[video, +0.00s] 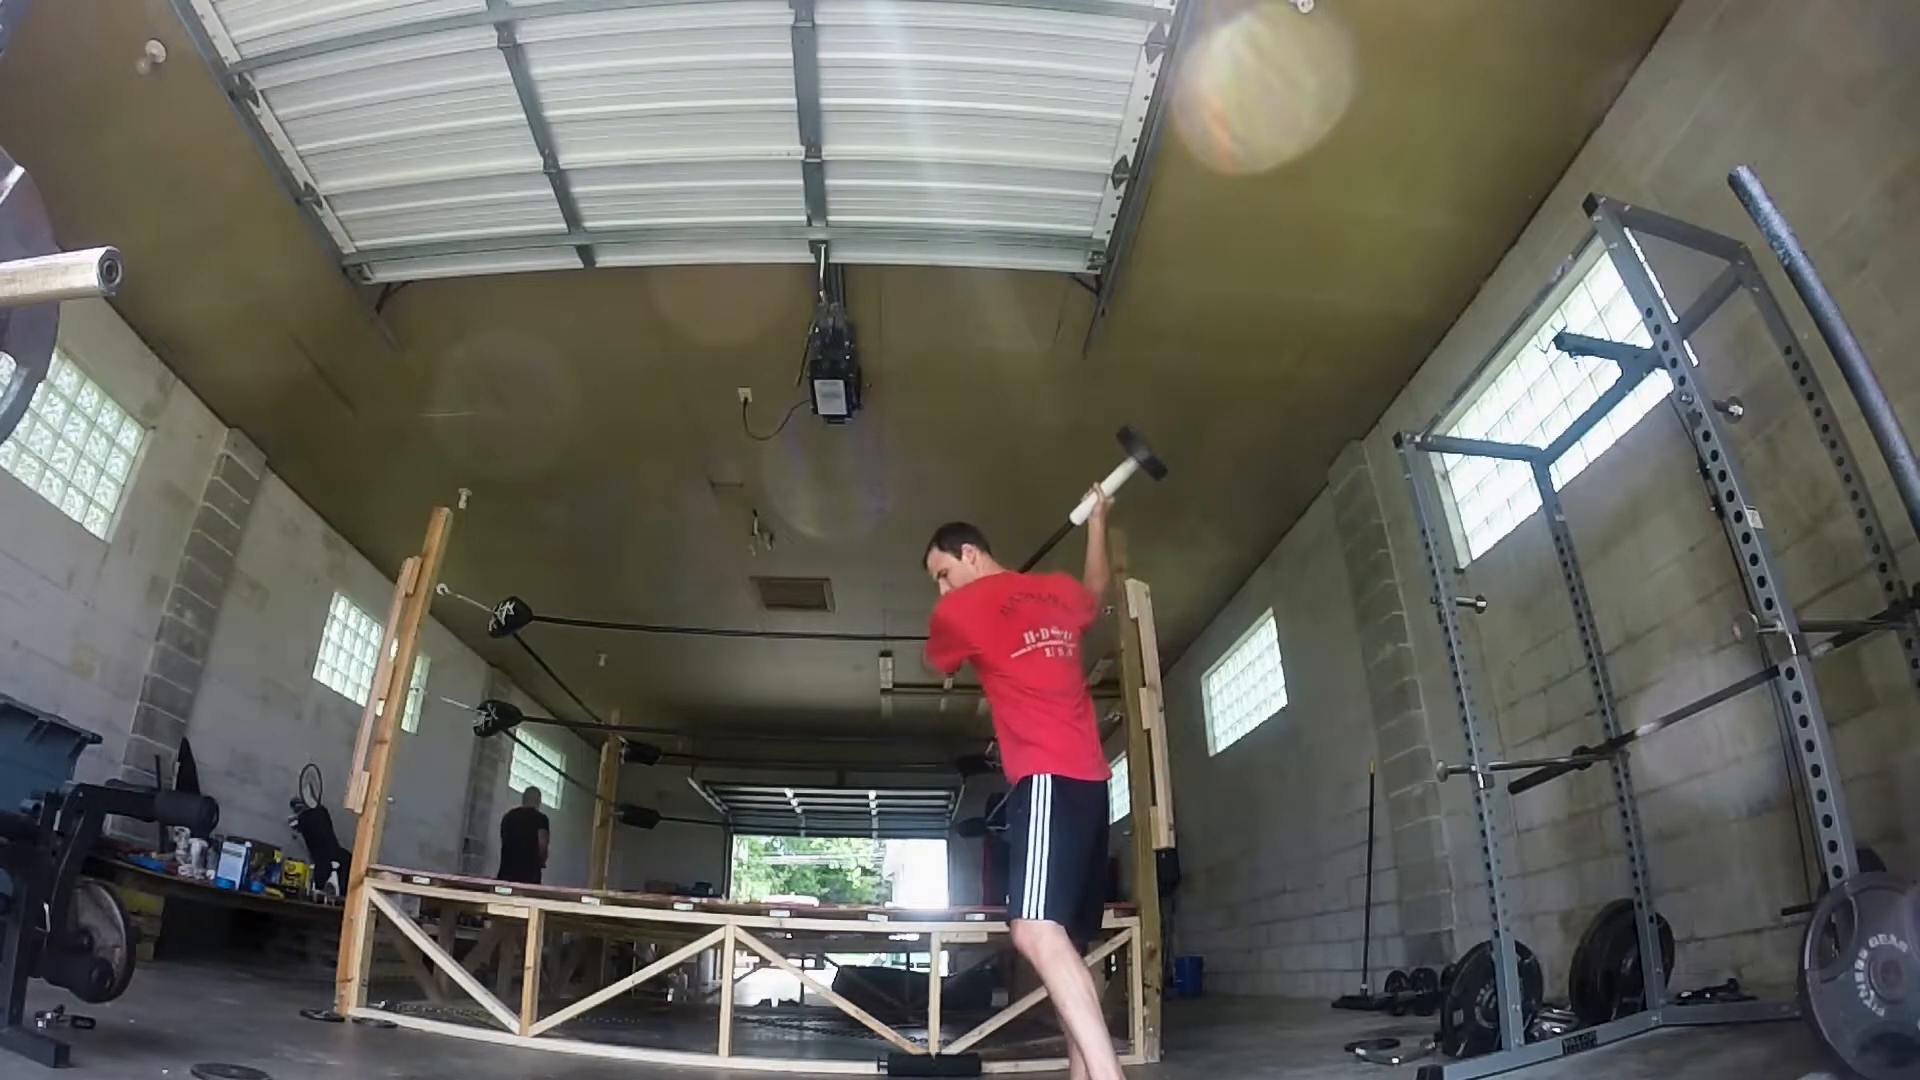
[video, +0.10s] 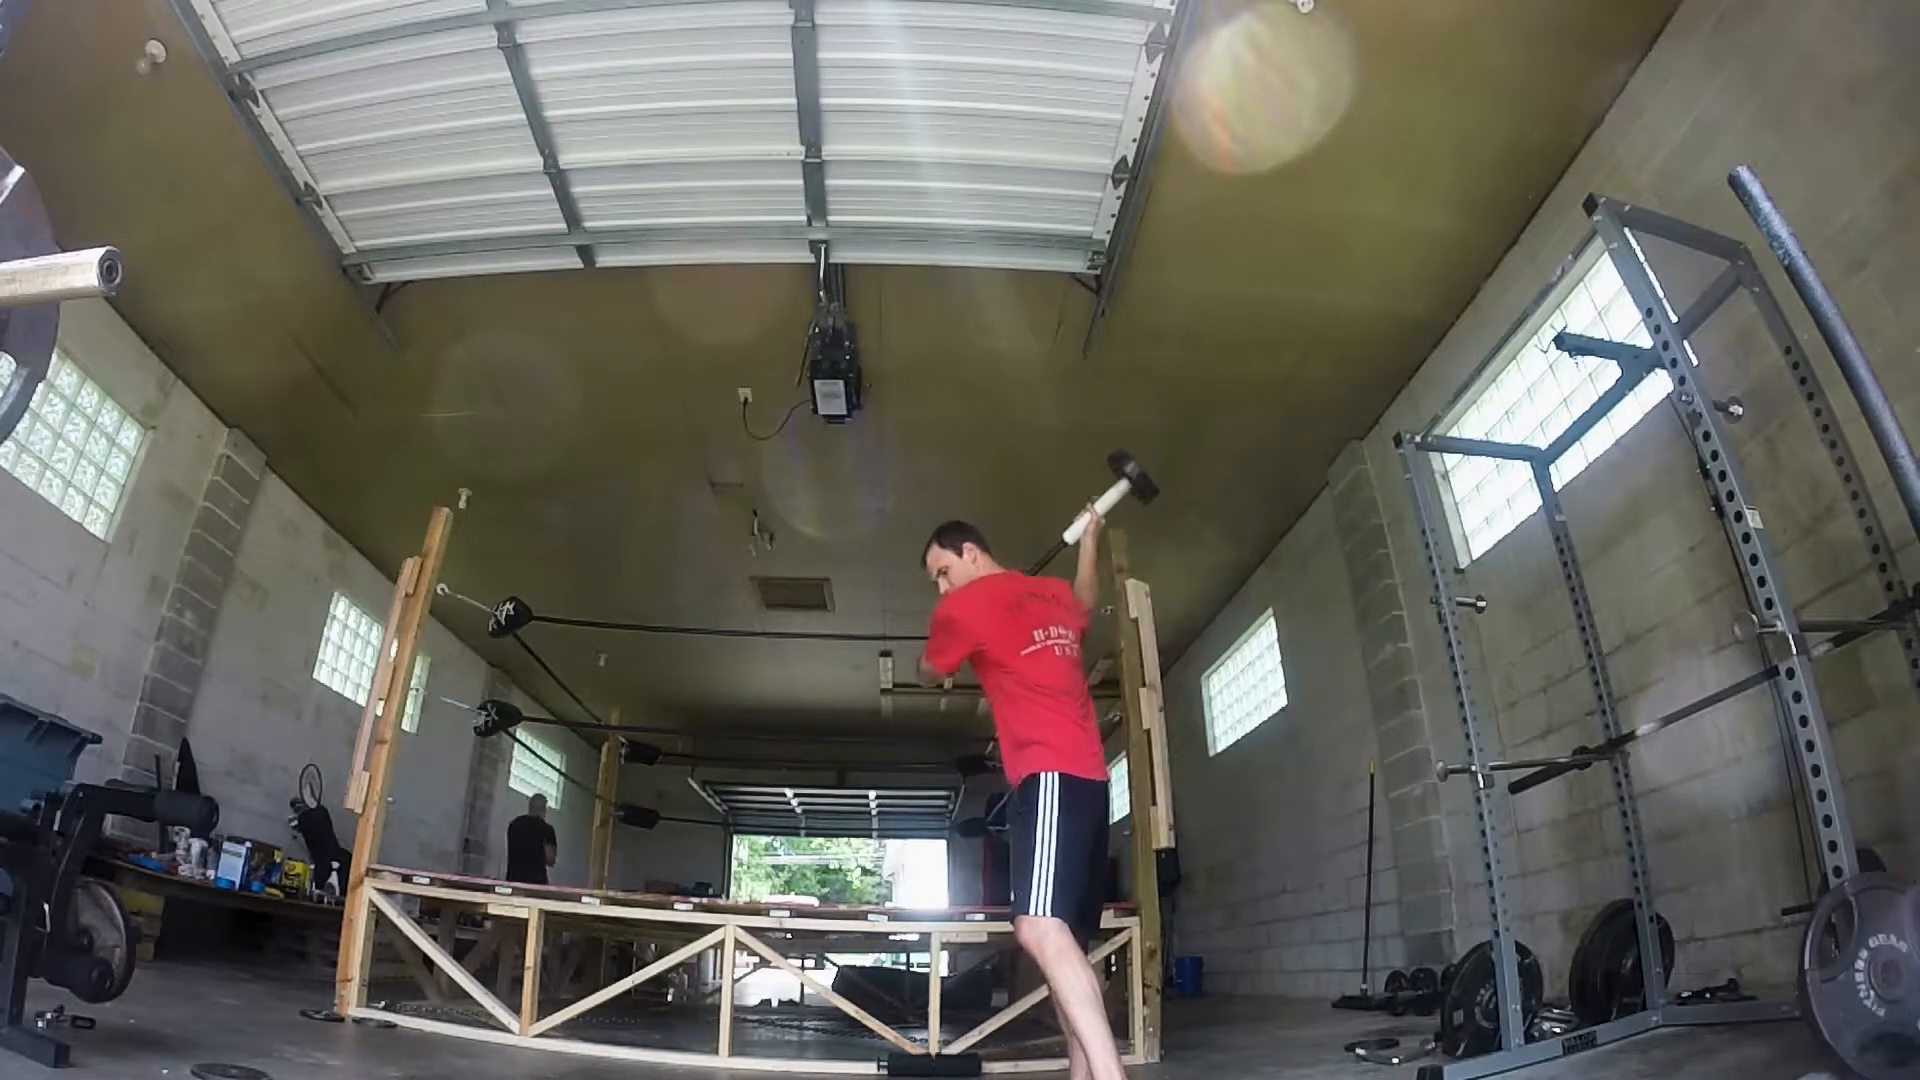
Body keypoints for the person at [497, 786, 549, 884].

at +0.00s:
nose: (539, 802)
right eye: (539, 799)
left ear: (523, 798)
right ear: (538, 800)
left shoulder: (508, 816)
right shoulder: (541, 818)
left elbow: (504, 839)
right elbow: (542, 844)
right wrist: (542, 862)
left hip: (508, 866)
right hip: (529, 869)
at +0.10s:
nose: (545, 810)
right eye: (544, 808)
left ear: (529, 807)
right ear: (544, 809)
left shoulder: (513, 824)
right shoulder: (546, 828)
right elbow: (550, 858)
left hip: (514, 879)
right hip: (537, 881)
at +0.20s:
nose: (551, 814)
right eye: (551, 811)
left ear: (535, 810)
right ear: (550, 812)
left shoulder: (519, 827)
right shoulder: (552, 833)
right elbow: (557, 867)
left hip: (518, 883)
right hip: (542, 885)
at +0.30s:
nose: (557, 811)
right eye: (557, 809)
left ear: (542, 807)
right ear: (556, 810)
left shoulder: (523, 825)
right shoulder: (560, 830)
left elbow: (512, 854)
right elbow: (564, 864)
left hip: (522, 883)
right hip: (547, 885)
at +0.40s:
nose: (556, 811)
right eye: (559, 808)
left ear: (546, 807)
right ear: (561, 810)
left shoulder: (531, 822)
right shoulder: (567, 830)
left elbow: (512, 848)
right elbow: (573, 862)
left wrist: (528, 855)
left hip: (529, 880)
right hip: (552, 882)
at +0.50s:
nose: (557, 814)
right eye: (561, 812)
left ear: (549, 812)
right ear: (564, 814)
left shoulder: (535, 829)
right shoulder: (572, 835)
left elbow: (515, 848)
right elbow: (581, 864)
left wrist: (529, 859)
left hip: (535, 884)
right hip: (558, 886)